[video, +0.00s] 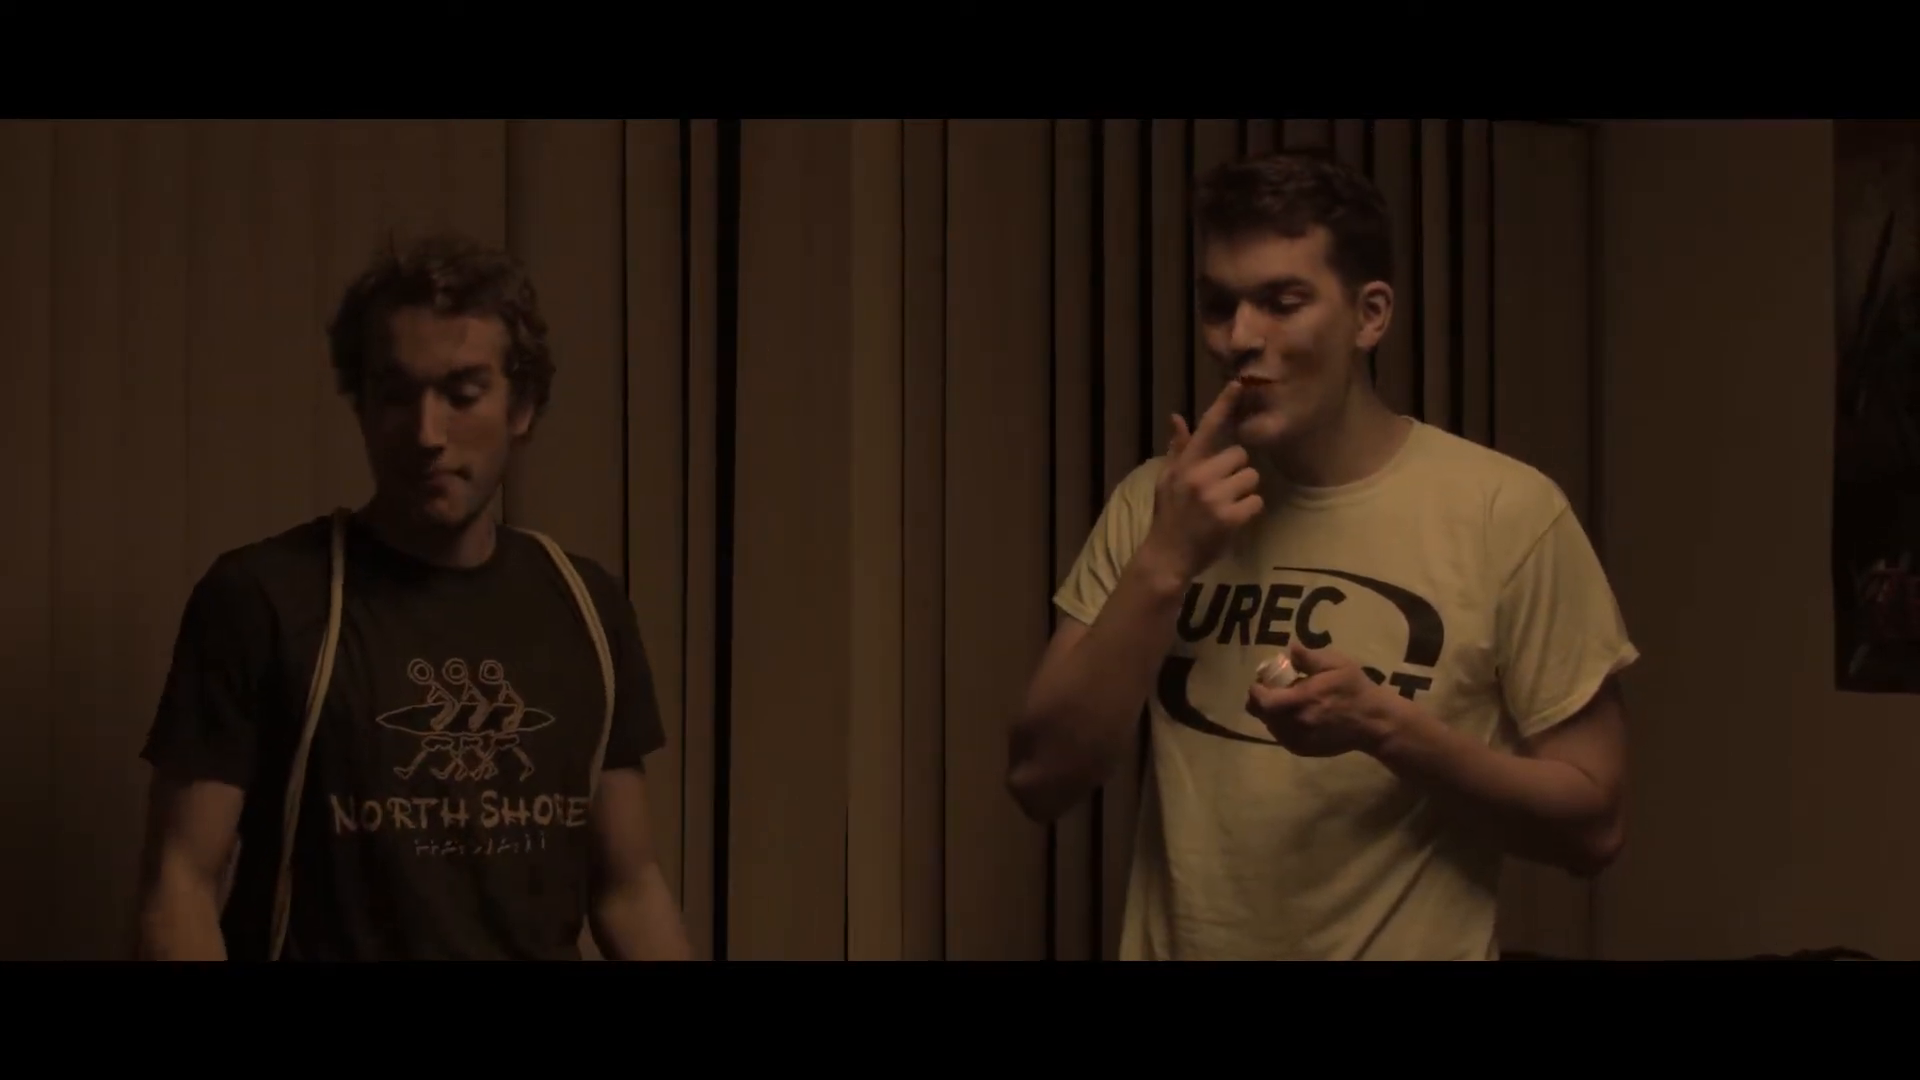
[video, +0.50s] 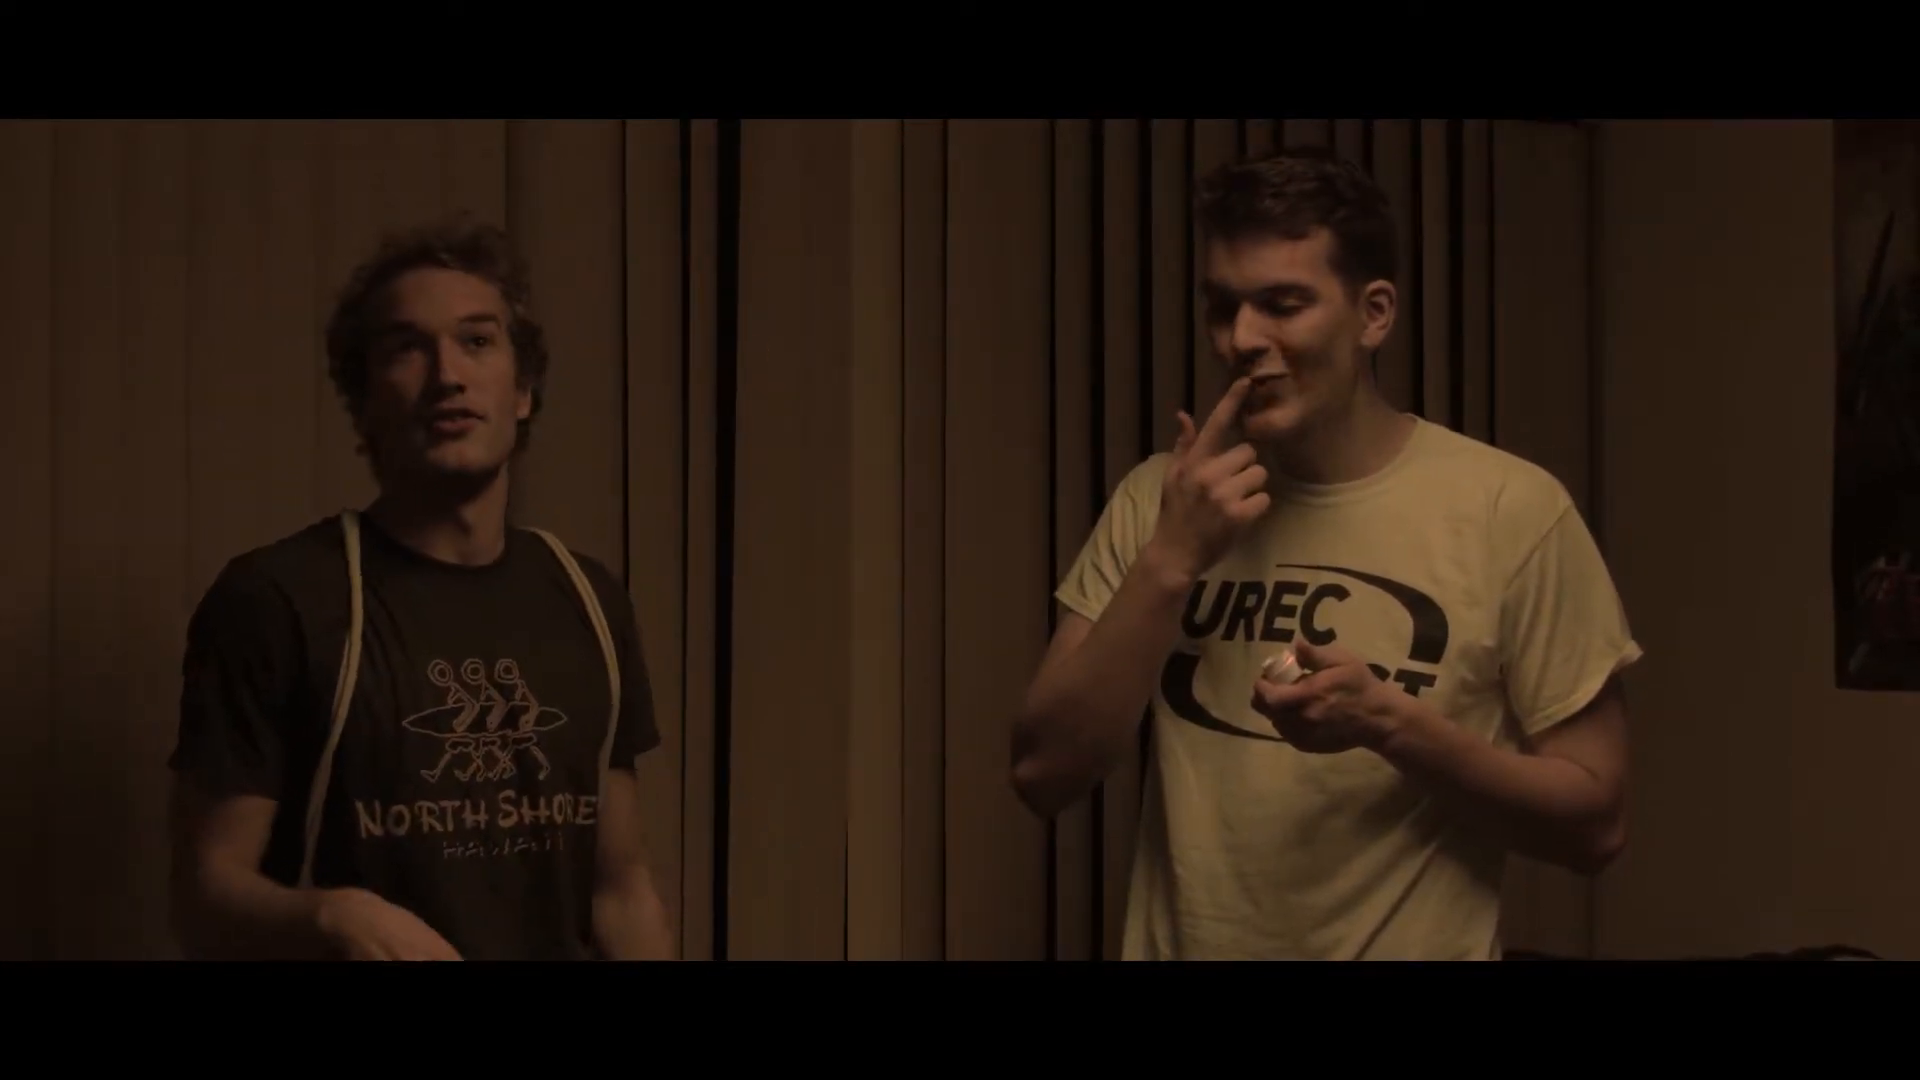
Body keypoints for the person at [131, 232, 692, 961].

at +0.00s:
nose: (426, 434)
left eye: (462, 393)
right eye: (395, 397)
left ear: (522, 411)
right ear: (361, 413)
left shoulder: (589, 607)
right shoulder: (260, 600)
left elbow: (629, 883)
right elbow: (183, 883)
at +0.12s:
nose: (433, 397)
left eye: (471, 359)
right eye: (401, 363)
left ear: (524, 399)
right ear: (363, 404)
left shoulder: (590, 602)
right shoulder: (259, 599)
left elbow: (641, 883)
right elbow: (194, 874)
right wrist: (223, 910)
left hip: (539, 949)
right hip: (334, 950)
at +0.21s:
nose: (432, 383)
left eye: (469, 348)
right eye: (397, 353)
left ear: (520, 392)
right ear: (360, 405)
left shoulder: (592, 597)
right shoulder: (261, 597)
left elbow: (642, 882)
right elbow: (195, 886)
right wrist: (238, 902)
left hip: (543, 948)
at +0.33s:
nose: (433, 376)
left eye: (467, 342)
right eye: (396, 349)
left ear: (518, 391)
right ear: (359, 406)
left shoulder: (595, 597)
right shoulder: (266, 596)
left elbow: (637, 880)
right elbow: (190, 885)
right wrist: (275, 908)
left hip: (548, 949)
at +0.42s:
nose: (438, 375)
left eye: (470, 341)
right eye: (400, 348)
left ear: (520, 390)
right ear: (361, 404)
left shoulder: (593, 600)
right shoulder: (269, 599)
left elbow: (631, 883)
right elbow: (195, 888)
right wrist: (307, 906)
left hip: (548, 949)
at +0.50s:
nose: (447, 375)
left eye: (478, 341)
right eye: (406, 348)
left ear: (523, 391)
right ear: (362, 407)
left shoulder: (590, 600)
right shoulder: (272, 602)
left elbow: (620, 879)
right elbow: (209, 887)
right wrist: (332, 914)